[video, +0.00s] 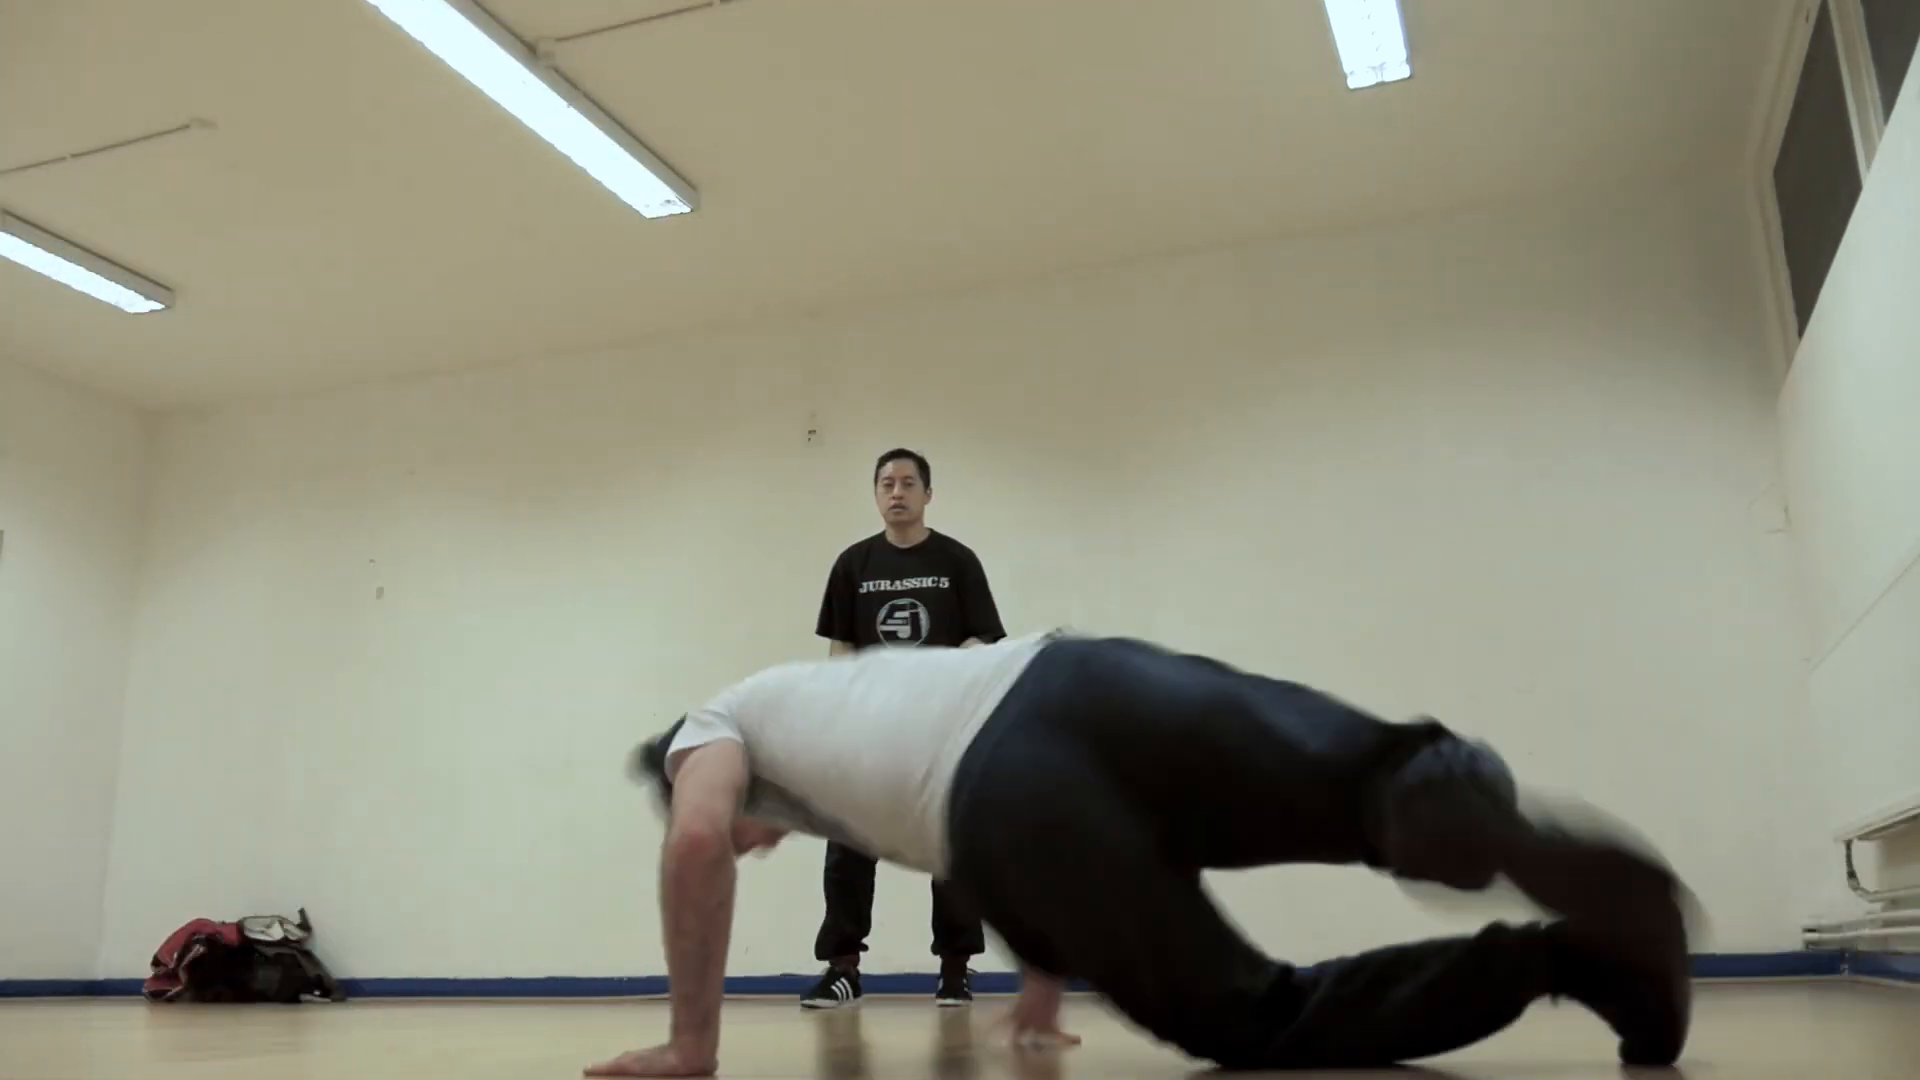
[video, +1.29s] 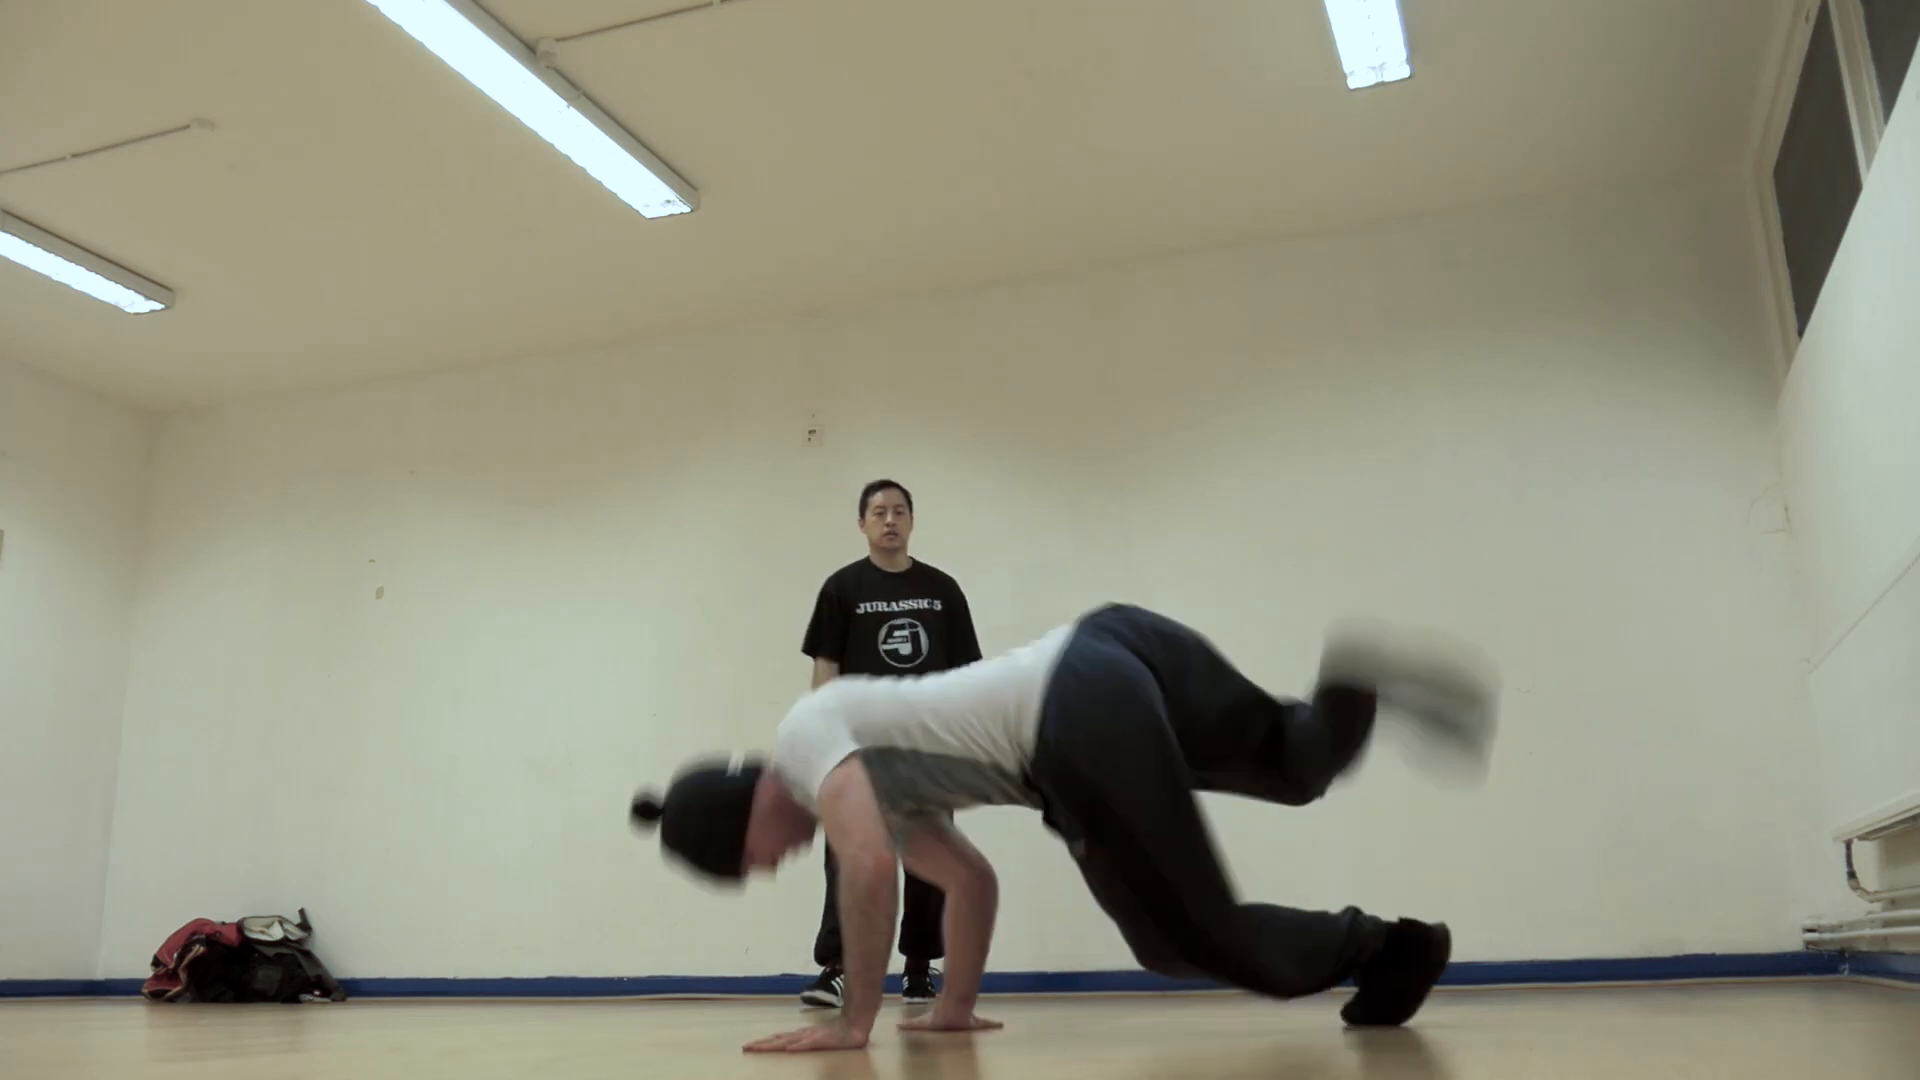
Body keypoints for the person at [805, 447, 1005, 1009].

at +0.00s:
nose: (896, 492)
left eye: (907, 483)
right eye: (887, 484)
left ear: (927, 495)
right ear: (875, 496)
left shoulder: (957, 561)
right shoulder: (854, 563)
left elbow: (982, 649)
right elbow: (840, 654)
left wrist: (962, 711)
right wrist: (835, 728)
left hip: (941, 718)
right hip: (863, 721)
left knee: (951, 837)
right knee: (848, 845)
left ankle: (955, 968)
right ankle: (842, 968)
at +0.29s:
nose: (848, 492)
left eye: (857, 483)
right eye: (837, 484)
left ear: (874, 491)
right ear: (822, 495)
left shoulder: (910, 555)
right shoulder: (803, 566)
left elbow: (935, 634)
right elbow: (792, 649)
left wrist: (890, 676)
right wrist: (811, 715)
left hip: (907, 719)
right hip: (838, 728)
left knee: (927, 833)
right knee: (838, 842)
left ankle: (950, 962)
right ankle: (839, 969)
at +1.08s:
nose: (856, 504)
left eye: (866, 497)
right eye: (846, 498)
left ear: (882, 508)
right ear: (829, 511)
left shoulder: (911, 567)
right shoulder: (813, 577)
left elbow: (946, 637)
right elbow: (791, 661)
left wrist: (949, 717)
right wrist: (780, 737)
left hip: (913, 725)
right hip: (842, 728)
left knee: (920, 846)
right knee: (832, 849)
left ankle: (923, 961)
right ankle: (834, 969)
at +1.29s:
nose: (890, 520)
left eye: (899, 512)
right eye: (879, 513)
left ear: (912, 522)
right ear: (863, 524)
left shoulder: (943, 589)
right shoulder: (842, 588)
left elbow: (969, 674)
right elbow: (824, 673)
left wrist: (971, 745)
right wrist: (827, 750)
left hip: (934, 741)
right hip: (858, 747)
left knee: (928, 858)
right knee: (847, 856)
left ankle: (922, 967)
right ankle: (837, 970)